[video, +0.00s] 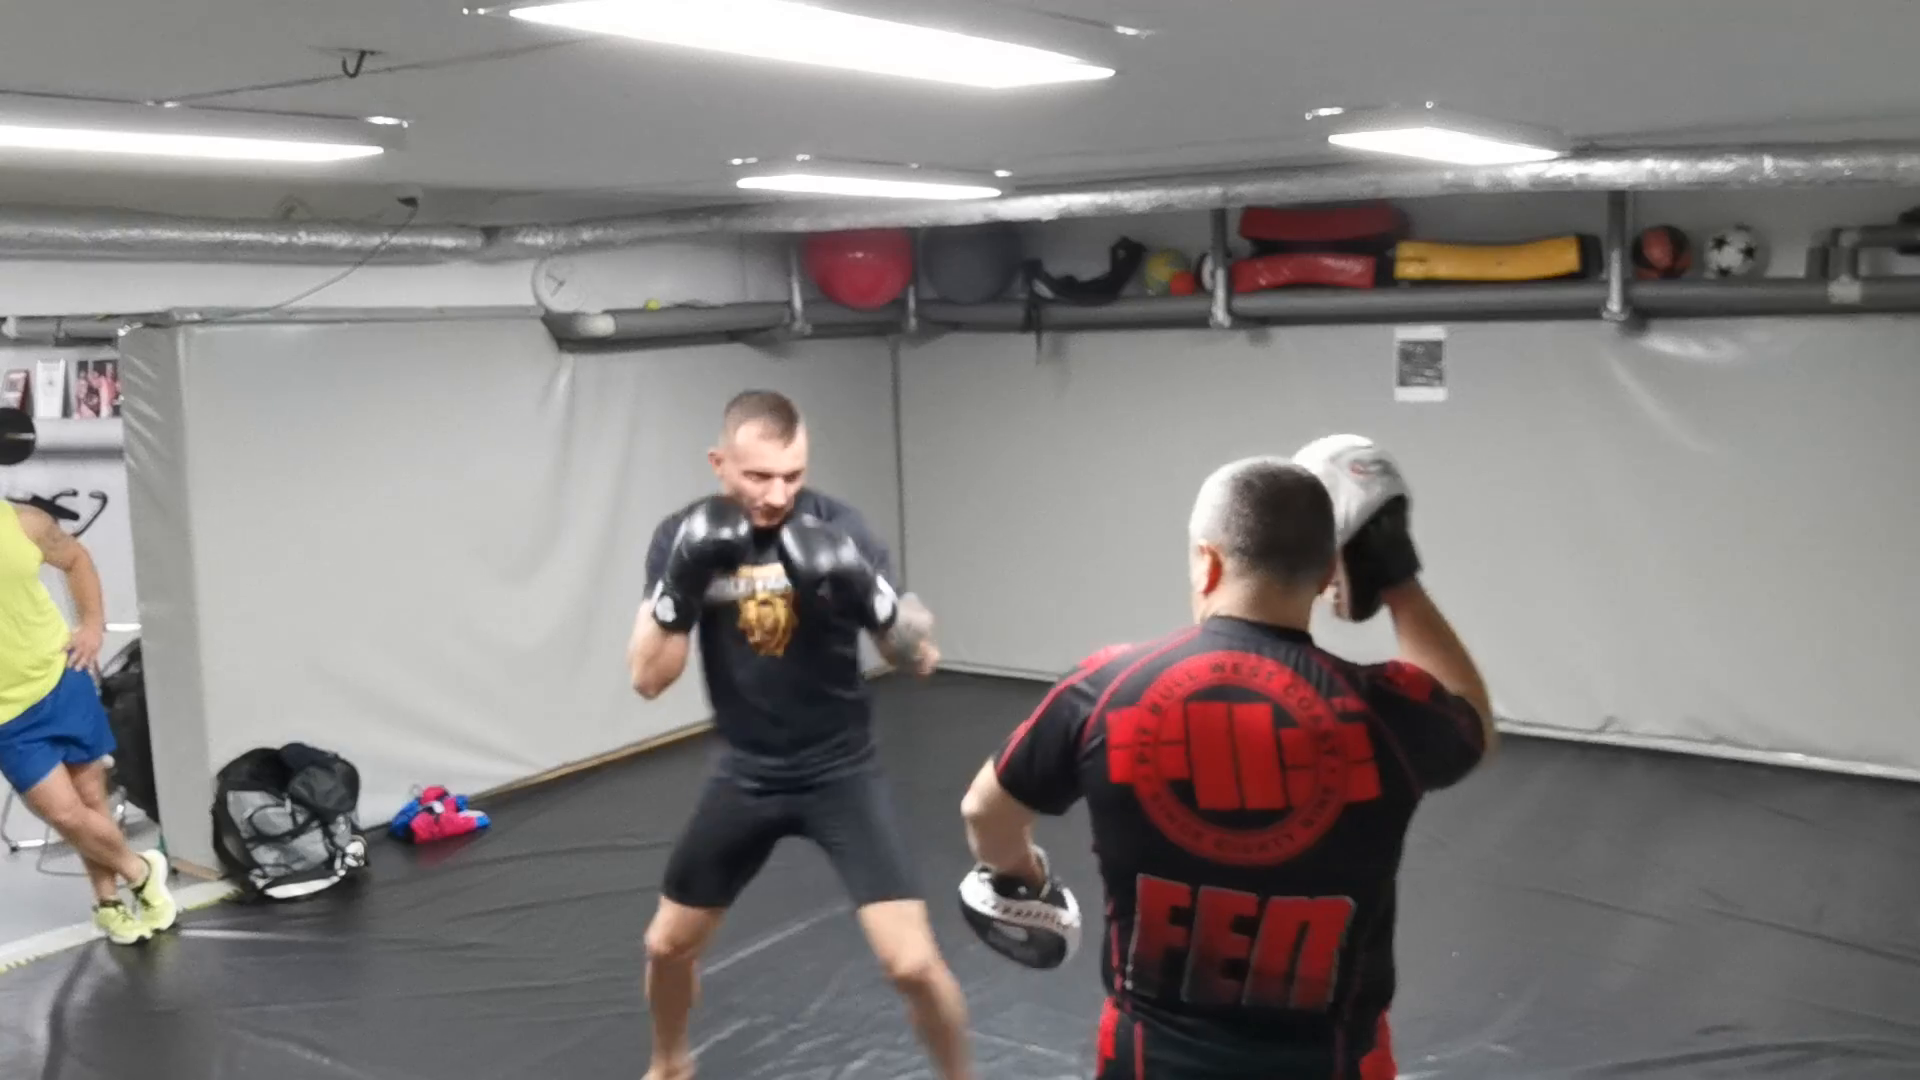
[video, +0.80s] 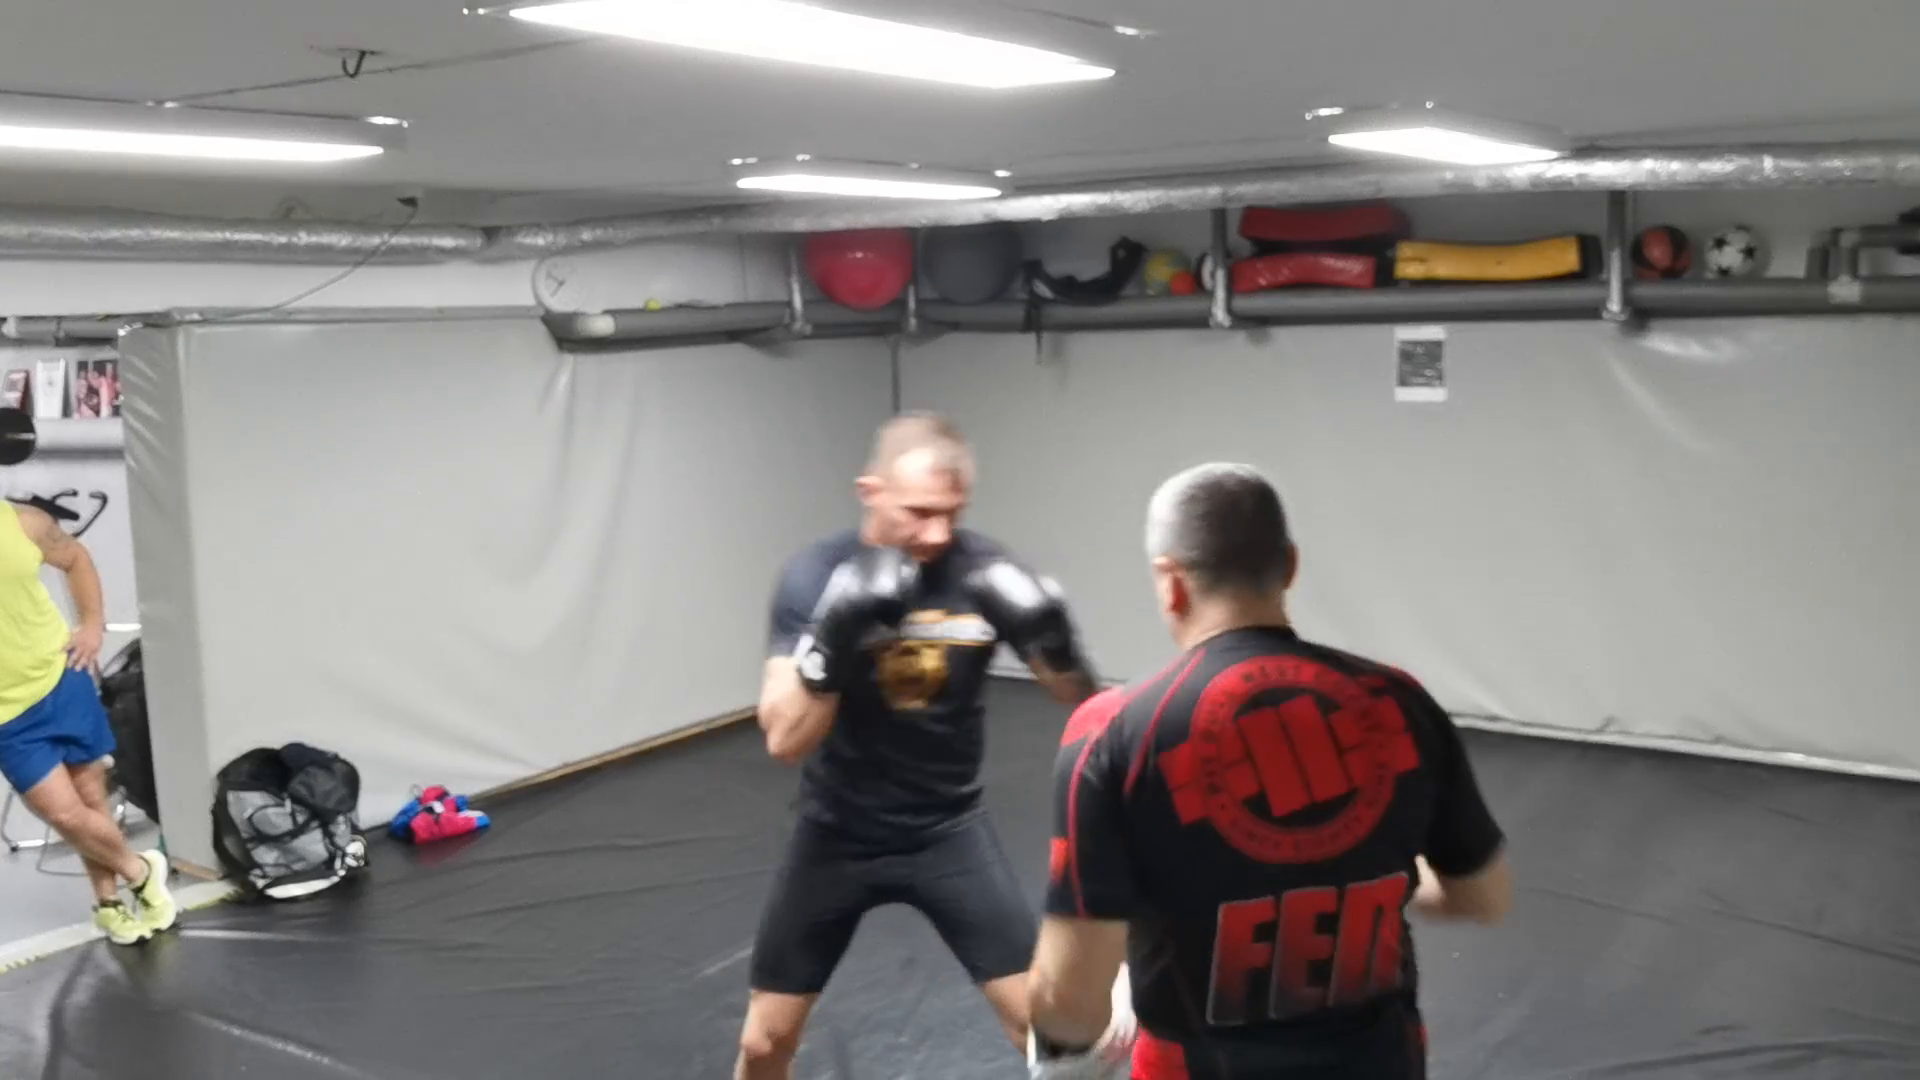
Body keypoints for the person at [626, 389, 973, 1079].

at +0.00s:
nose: (776, 495)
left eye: (790, 476)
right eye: (758, 476)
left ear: (807, 462)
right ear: (720, 463)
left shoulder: (838, 529)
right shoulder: (685, 536)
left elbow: (921, 659)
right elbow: (649, 680)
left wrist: (866, 592)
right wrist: (684, 581)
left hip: (842, 768)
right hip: (746, 773)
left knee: (912, 964)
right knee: (666, 947)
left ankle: (959, 1072)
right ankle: (668, 1065)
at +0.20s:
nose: (846, 540)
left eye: (857, 520)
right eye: (827, 521)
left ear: (869, 513)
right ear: (780, 514)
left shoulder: (883, 571)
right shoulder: (750, 594)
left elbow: (954, 648)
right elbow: (696, 735)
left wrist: (926, 678)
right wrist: (732, 659)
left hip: (905, 841)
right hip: (799, 841)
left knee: (999, 1015)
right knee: (713, 1020)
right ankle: (717, 1076)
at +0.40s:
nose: (995, 539)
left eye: (1003, 520)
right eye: (973, 522)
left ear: (1014, 513)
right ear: (925, 523)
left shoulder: (1009, 585)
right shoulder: (899, 590)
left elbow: (1044, 696)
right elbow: (848, 654)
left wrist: (1047, 613)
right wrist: (979, 603)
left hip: (964, 834)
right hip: (871, 841)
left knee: (1059, 956)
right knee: (788, 996)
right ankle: (711, 1064)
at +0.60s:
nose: (1032, 543)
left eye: (1047, 524)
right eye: (1014, 524)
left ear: (1060, 512)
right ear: (969, 509)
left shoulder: (1045, 588)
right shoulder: (921, 580)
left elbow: (1080, 702)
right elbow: (851, 707)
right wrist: (974, 700)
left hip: (972, 828)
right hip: (870, 830)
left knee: (1051, 995)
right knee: (787, 1032)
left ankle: (1020, 1064)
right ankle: (757, 1074)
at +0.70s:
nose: (996, 531)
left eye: (1010, 512)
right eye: (978, 511)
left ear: (1023, 501)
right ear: (929, 493)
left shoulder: (1034, 578)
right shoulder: (865, 573)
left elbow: (1106, 722)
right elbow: (796, 726)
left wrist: (1093, 647)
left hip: (967, 830)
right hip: (853, 828)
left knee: (1053, 1021)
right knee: (769, 1040)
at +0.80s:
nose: (937, 533)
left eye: (951, 514)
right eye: (919, 515)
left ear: (966, 497)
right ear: (869, 491)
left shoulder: (983, 567)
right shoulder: (818, 574)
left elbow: (1078, 699)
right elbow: (784, 739)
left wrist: (1049, 638)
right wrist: (832, 642)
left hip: (951, 831)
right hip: (835, 837)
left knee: (1042, 1021)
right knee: (763, 1045)